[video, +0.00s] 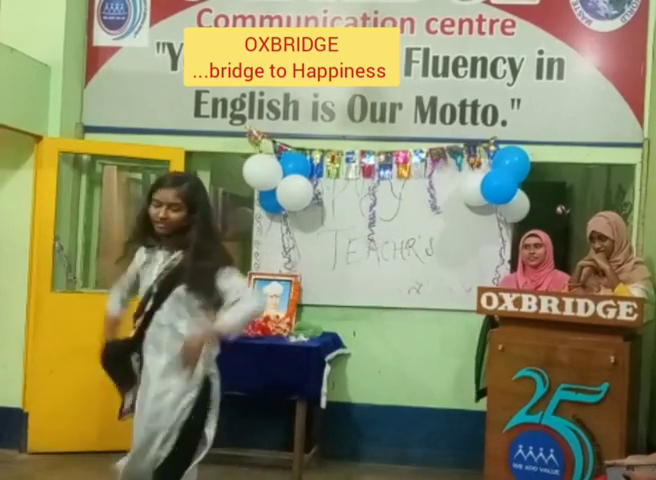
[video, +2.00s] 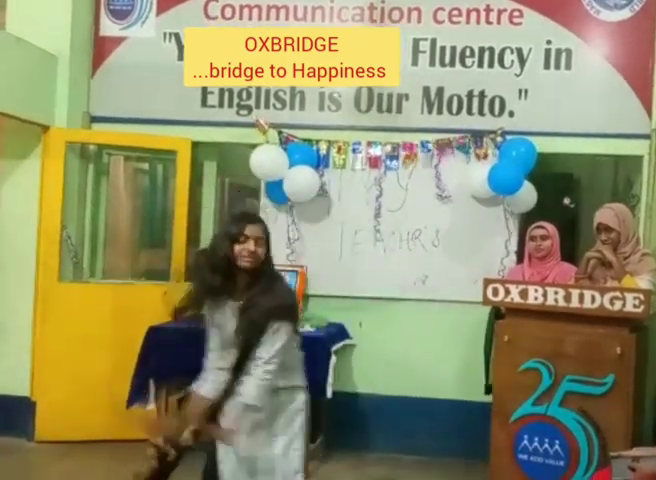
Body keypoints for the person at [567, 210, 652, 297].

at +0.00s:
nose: (596, 246)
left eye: (602, 239)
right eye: (592, 240)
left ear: (618, 238)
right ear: (589, 241)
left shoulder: (637, 269)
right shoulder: (588, 268)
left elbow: (633, 303)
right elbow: (569, 298)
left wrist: (607, 268)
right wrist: (579, 269)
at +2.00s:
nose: (603, 237)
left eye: (609, 230)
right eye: (599, 231)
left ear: (624, 230)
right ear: (595, 232)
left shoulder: (645, 262)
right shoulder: (593, 259)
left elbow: (641, 296)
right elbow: (577, 290)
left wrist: (614, 261)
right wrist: (585, 262)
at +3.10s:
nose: (604, 227)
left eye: (611, 220)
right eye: (601, 220)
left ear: (628, 219)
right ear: (597, 222)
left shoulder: (648, 251)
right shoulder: (595, 249)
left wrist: (617, 250)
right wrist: (587, 252)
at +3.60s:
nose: (606, 218)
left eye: (613, 210)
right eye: (602, 211)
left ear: (629, 209)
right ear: (599, 212)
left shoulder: (649, 241)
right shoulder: (596, 239)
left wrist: (618, 240)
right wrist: (588, 242)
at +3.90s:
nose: (606, 211)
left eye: (613, 203)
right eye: (602, 203)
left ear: (630, 203)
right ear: (599, 205)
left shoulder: (649, 235)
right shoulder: (597, 234)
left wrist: (618, 234)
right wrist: (588, 240)